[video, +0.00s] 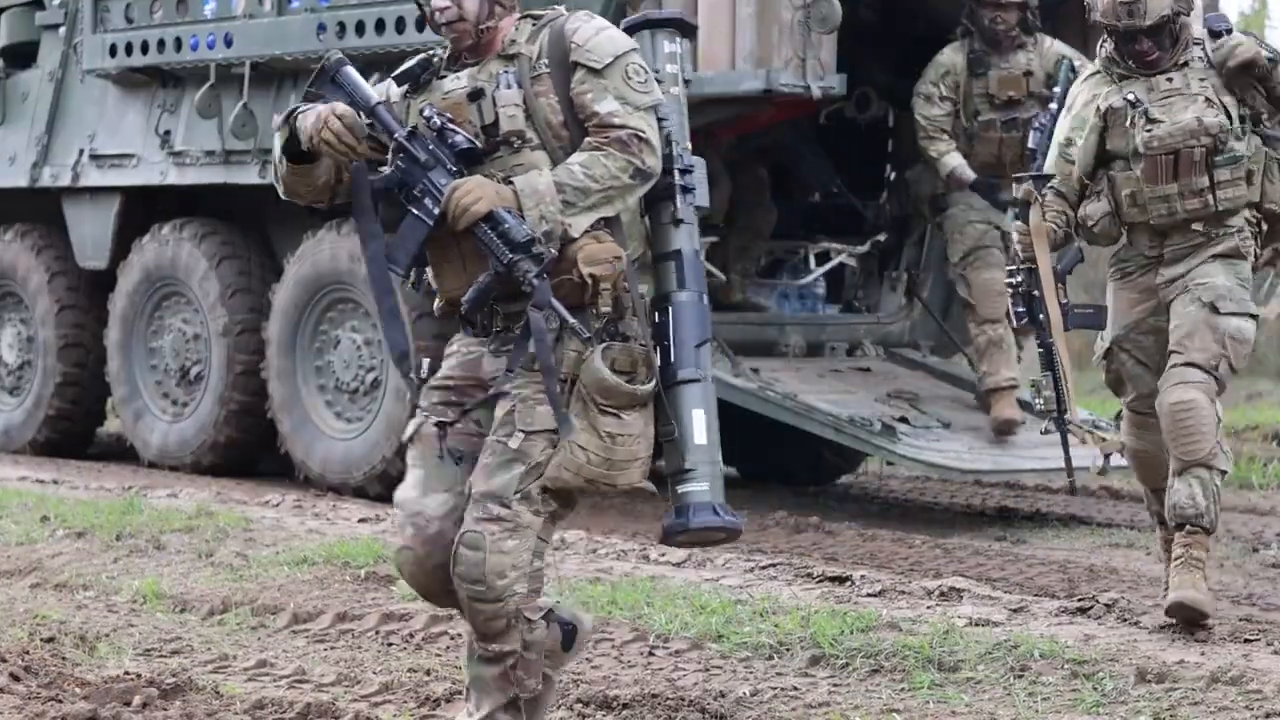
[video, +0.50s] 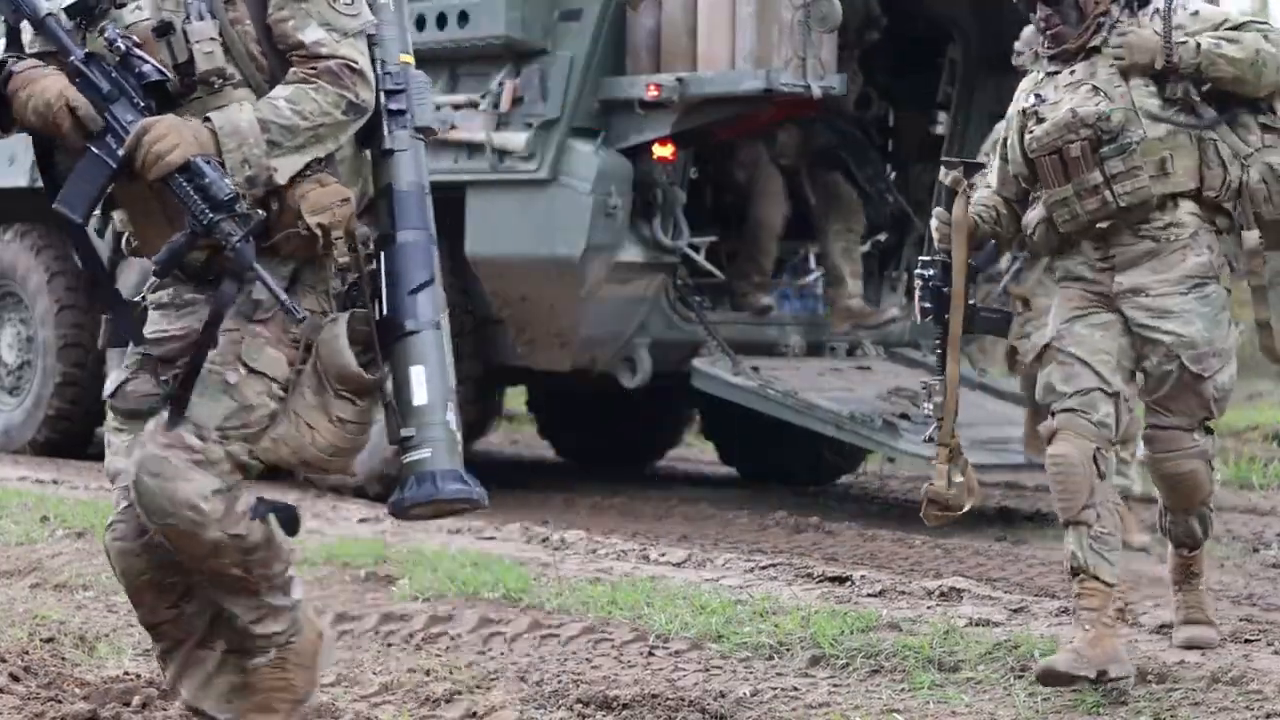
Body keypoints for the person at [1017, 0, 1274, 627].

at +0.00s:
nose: (1140, 41)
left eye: (1153, 27)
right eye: (1126, 31)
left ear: (1179, 14)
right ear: (1108, 26)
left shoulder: (1223, 59)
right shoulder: (1095, 86)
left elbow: (1277, 122)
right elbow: (1062, 184)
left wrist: (1260, 66)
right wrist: (1051, 215)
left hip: (1216, 253)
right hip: (1132, 265)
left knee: (1185, 398)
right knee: (1142, 422)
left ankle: (1190, 557)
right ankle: (1174, 542)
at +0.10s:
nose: (1134, 39)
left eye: (1144, 23)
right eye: (1118, 31)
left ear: (1172, 15)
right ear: (1104, 34)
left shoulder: (1223, 61)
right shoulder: (1094, 89)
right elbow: (1057, 191)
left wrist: (1237, 17)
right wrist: (1035, 226)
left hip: (1215, 256)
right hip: (1128, 271)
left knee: (1199, 416)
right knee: (1120, 445)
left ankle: (1191, 583)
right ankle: (1170, 531)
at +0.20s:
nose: (1123, 28)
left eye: (1135, 13)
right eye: (1107, 20)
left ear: (1170, 6)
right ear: (1092, 25)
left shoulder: (1218, 53)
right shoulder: (1088, 88)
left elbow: (1279, 73)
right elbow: (1049, 195)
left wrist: (1221, 16)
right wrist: (1028, 236)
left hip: (1213, 263)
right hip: (1123, 276)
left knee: (1198, 434)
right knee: (1098, 442)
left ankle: (1191, 594)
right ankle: (1155, 504)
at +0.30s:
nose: (1104, 23)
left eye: (1115, 8)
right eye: (1091, 14)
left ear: (1152, 3)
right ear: (1081, 19)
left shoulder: (1207, 52)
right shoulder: (1078, 82)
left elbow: (1271, 82)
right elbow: (1043, 185)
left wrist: (1199, 23)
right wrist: (1011, 236)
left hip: (1202, 257)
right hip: (1110, 265)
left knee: (1192, 434)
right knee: (1077, 422)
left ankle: (1189, 592)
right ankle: (1141, 526)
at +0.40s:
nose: (1079, 14)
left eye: (1092, 3)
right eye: (1068, 8)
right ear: (1062, 13)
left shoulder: (1191, 34)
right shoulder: (1057, 79)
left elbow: (1268, 75)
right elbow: (1028, 184)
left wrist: (1175, 36)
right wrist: (1004, 215)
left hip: (1191, 256)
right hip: (1096, 265)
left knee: (1187, 444)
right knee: (1064, 423)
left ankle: (1188, 592)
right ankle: (1123, 582)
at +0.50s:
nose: (1051, 15)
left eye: (1064, 4)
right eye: (1043, 8)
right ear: (1037, 16)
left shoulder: (1167, 28)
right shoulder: (1032, 92)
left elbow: (1268, 60)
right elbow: (1000, 198)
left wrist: (1174, 51)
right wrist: (965, 210)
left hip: (1174, 263)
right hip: (1077, 277)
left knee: (1177, 453)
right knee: (1073, 451)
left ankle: (1189, 580)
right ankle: (1100, 629)